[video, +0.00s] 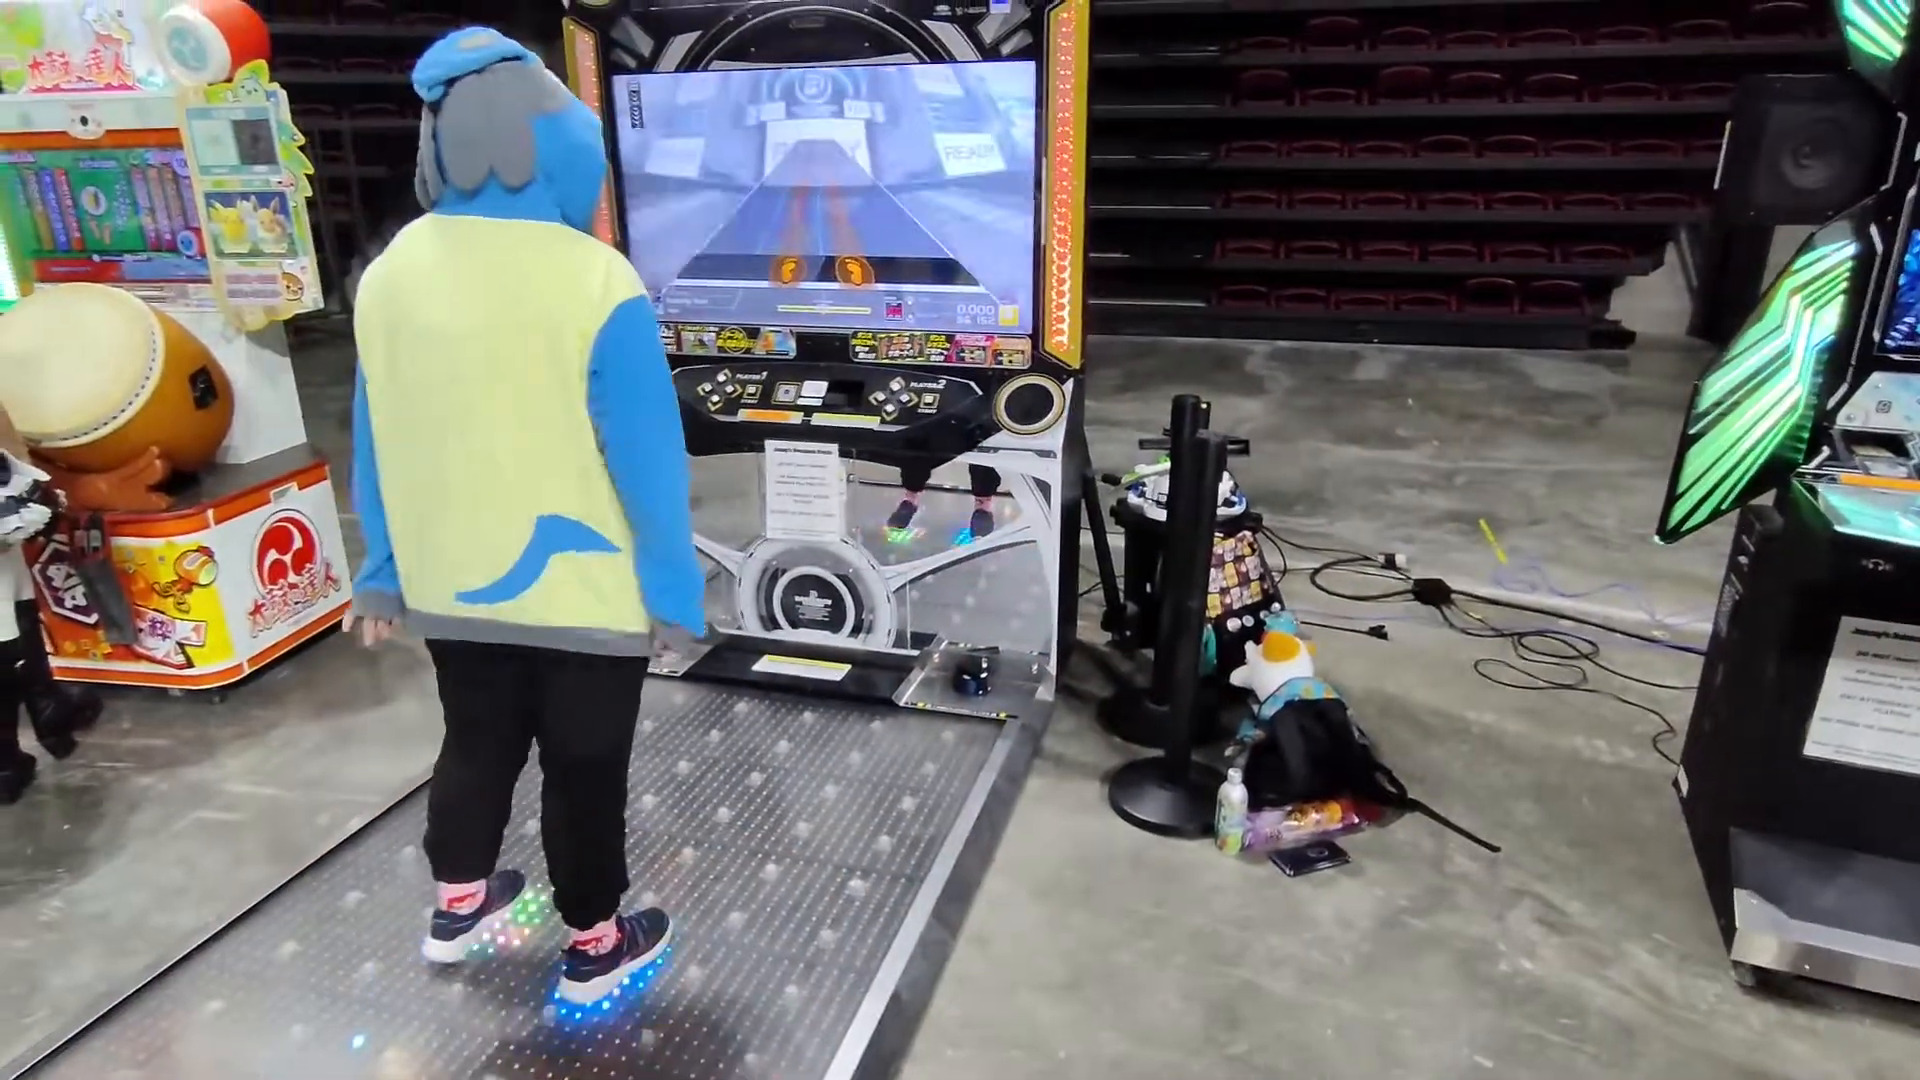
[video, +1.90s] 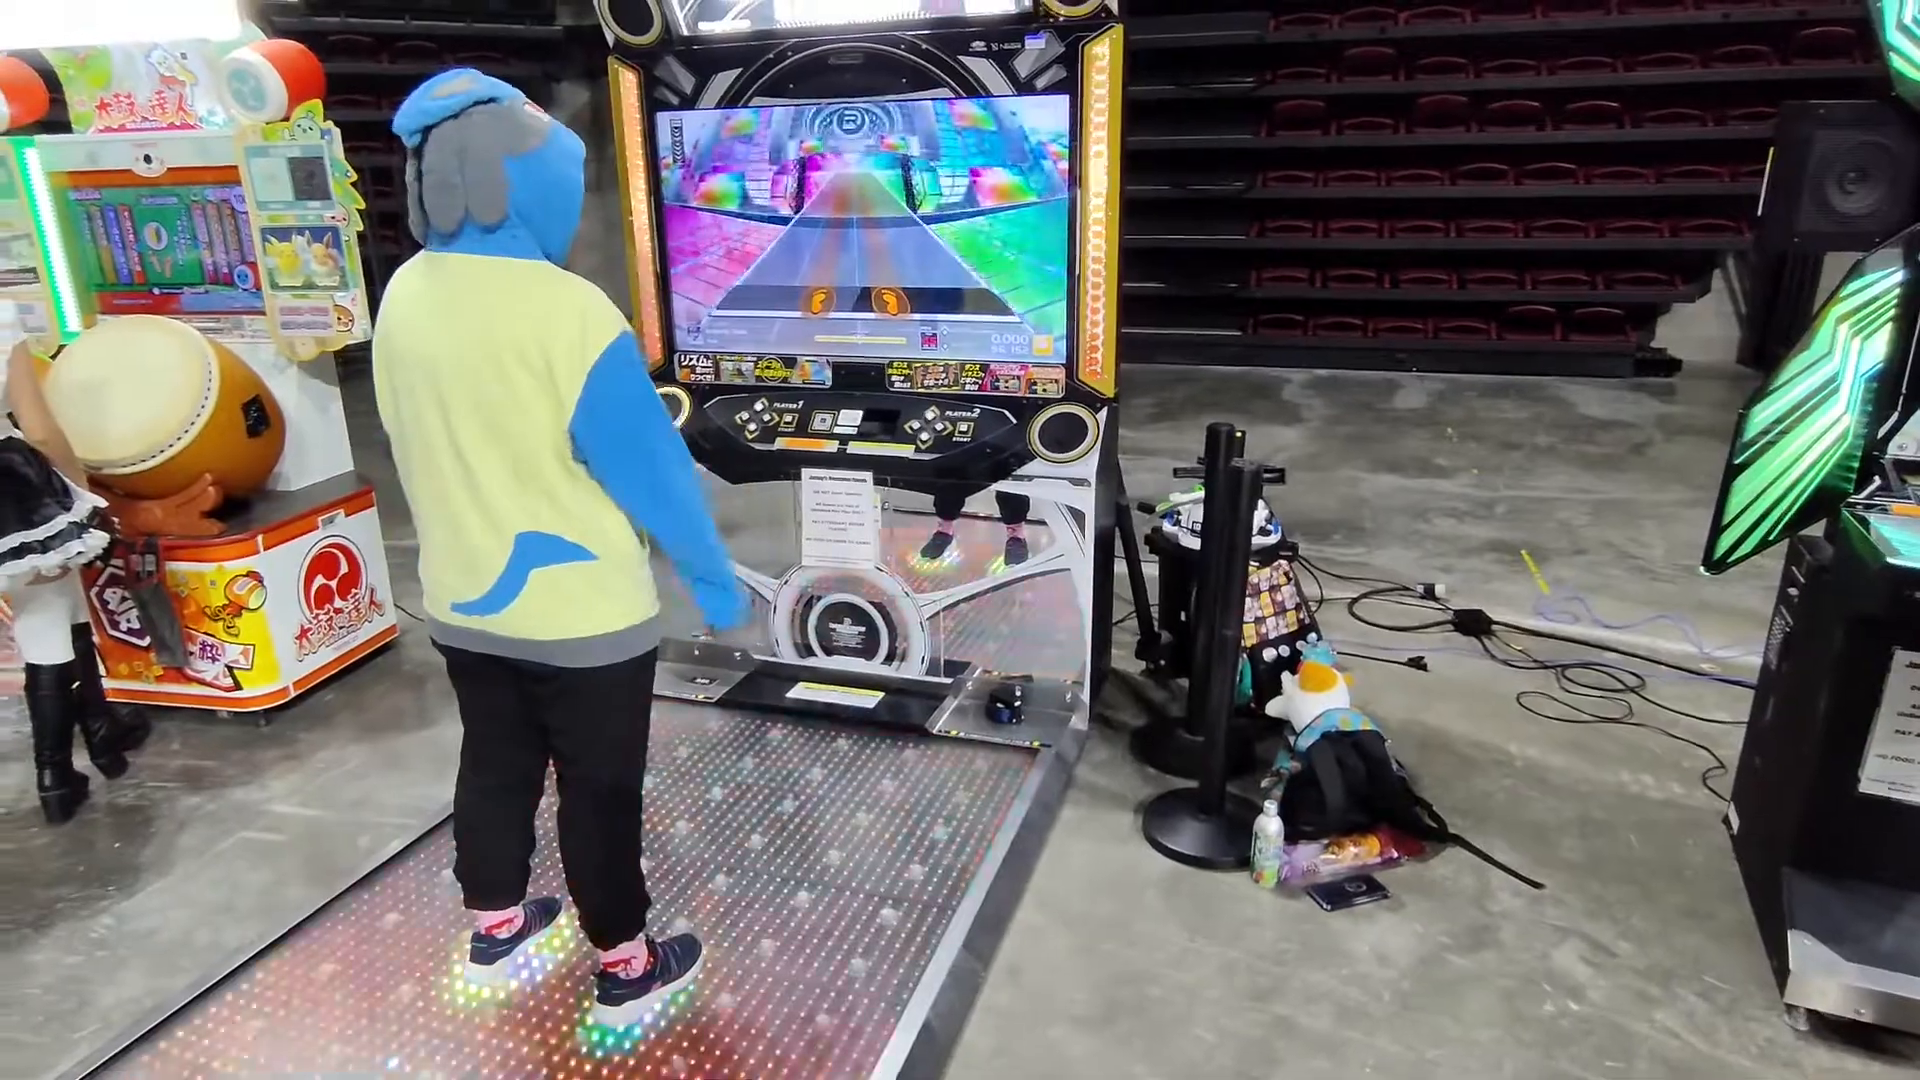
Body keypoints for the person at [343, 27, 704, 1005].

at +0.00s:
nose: (602, 184)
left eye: (598, 162)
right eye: (592, 163)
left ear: (459, 163)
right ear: (554, 165)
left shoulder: (392, 273)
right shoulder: (595, 280)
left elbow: (374, 439)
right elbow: (647, 457)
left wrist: (380, 567)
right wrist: (675, 590)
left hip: (451, 584)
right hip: (583, 589)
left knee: (478, 741)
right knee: (585, 768)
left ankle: (460, 905)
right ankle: (596, 944)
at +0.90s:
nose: (531, 167)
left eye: (521, 149)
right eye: (518, 151)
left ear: (401, 177)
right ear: (496, 167)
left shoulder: (362, 274)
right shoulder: (552, 294)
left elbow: (356, 423)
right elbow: (667, 407)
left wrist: (371, 464)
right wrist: (755, 479)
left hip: (429, 594)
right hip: (558, 601)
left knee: (461, 753)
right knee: (573, 773)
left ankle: (469, 911)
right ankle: (602, 943)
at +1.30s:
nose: (552, 179)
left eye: (545, 160)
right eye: (539, 160)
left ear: (422, 179)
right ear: (501, 173)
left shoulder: (381, 284)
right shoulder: (557, 299)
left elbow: (362, 433)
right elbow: (668, 434)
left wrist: (397, 520)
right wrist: (766, 537)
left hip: (446, 600)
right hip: (572, 608)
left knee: (475, 761)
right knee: (585, 778)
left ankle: (482, 917)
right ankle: (611, 949)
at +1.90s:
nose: (569, 191)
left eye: (564, 173)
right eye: (554, 174)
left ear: (449, 187)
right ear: (513, 184)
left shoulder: (406, 295)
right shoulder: (570, 314)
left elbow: (424, 442)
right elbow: (654, 470)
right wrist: (716, 581)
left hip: (466, 607)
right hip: (589, 615)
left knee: (496, 759)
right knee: (603, 784)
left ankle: (495, 919)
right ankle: (622, 957)